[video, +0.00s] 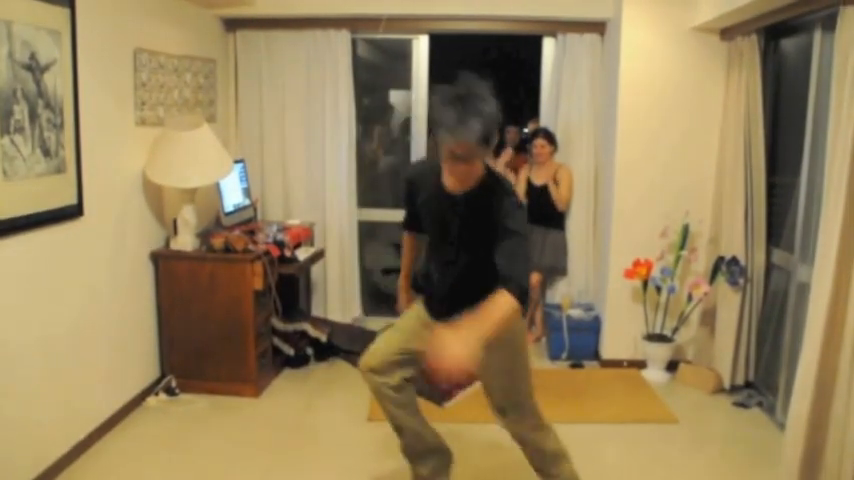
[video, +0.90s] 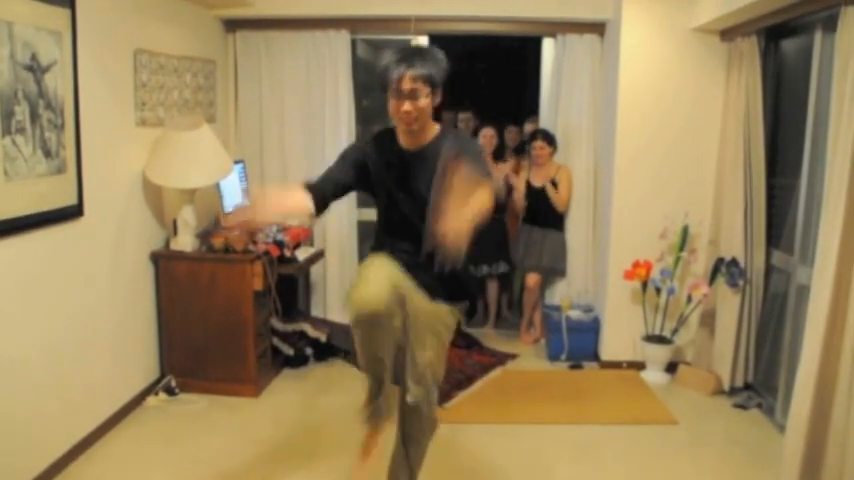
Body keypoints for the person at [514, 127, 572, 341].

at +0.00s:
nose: (538, 151)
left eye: (542, 146)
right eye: (535, 146)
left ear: (552, 149)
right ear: (530, 150)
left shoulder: (561, 171)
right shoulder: (526, 171)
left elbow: (562, 205)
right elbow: (520, 199)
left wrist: (551, 184)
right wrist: (521, 176)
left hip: (551, 230)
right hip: (531, 228)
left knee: (535, 278)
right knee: (537, 283)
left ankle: (527, 322)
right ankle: (539, 325)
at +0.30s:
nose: (537, 151)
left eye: (542, 146)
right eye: (534, 147)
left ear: (551, 149)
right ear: (529, 150)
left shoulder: (561, 171)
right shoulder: (525, 172)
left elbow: (561, 205)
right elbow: (519, 197)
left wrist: (540, 188)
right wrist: (520, 176)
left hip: (552, 231)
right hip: (531, 230)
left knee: (548, 281)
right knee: (531, 280)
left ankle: (527, 324)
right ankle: (537, 325)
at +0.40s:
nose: (537, 151)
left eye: (542, 146)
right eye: (534, 146)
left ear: (552, 149)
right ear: (529, 150)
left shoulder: (560, 172)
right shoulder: (523, 172)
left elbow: (560, 205)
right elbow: (516, 200)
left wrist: (550, 183)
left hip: (550, 231)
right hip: (527, 228)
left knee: (532, 278)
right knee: (535, 282)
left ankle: (526, 323)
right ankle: (538, 325)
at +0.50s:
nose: (537, 152)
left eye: (542, 147)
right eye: (534, 147)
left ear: (551, 149)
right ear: (529, 150)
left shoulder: (560, 172)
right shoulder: (524, 172)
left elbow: (561, 205)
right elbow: (518, 200)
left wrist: (548, 183)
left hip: (550, 232)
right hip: (527, 229)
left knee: (532, 278)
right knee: (535, 283)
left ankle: (525, 323)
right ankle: (539, 327)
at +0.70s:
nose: (537, 152)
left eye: (542, 147)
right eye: (534, 147)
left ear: (552, 150)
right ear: (529, 151)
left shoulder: (560, 172)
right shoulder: (523, 173)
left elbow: (562, 206)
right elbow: (516, 201)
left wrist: (538, 196)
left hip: (548, 231)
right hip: (524, 230)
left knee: (531, 279)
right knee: (534, 283)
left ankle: (525, 323)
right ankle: (538, 326)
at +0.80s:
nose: (537, 152)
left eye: (542, 148)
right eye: (534, 148)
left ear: (552, 150)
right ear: (529, 151)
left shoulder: (561, 172)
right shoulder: (526, 171)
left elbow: (562, 206)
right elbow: (521, 201)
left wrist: (542, 189)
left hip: (550, 231)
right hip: (529, 228)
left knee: (532, 278)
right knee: (534, 283)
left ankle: (525, 323)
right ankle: (538, 327)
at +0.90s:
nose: (537, 153)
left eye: (542, 148)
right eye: (534, 148)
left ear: (552, 150)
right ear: (530, 151)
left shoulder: (561, 172)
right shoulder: (525, 172)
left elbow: (562, 206)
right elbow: (519, 207)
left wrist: (548, 186)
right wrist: (517, 189)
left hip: (550, 231)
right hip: (529, 229)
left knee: (532, 279)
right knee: (535, 284)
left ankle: (525, 324)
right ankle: (538, 327)